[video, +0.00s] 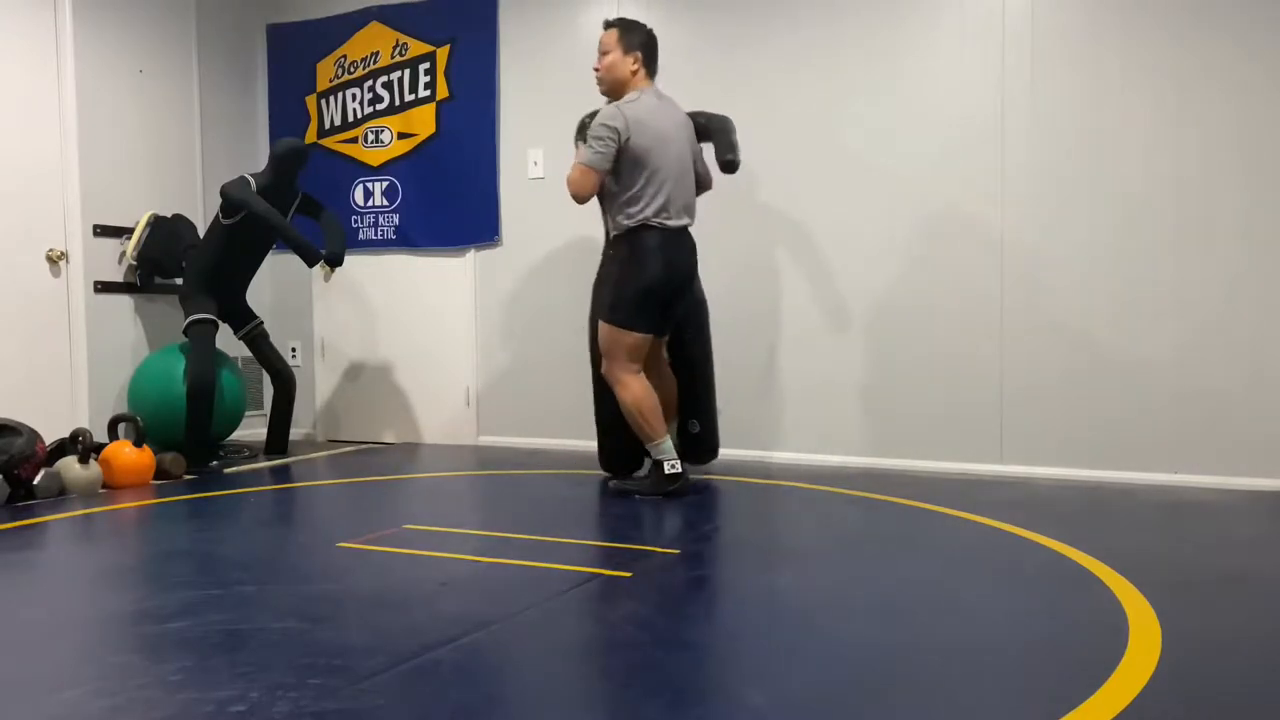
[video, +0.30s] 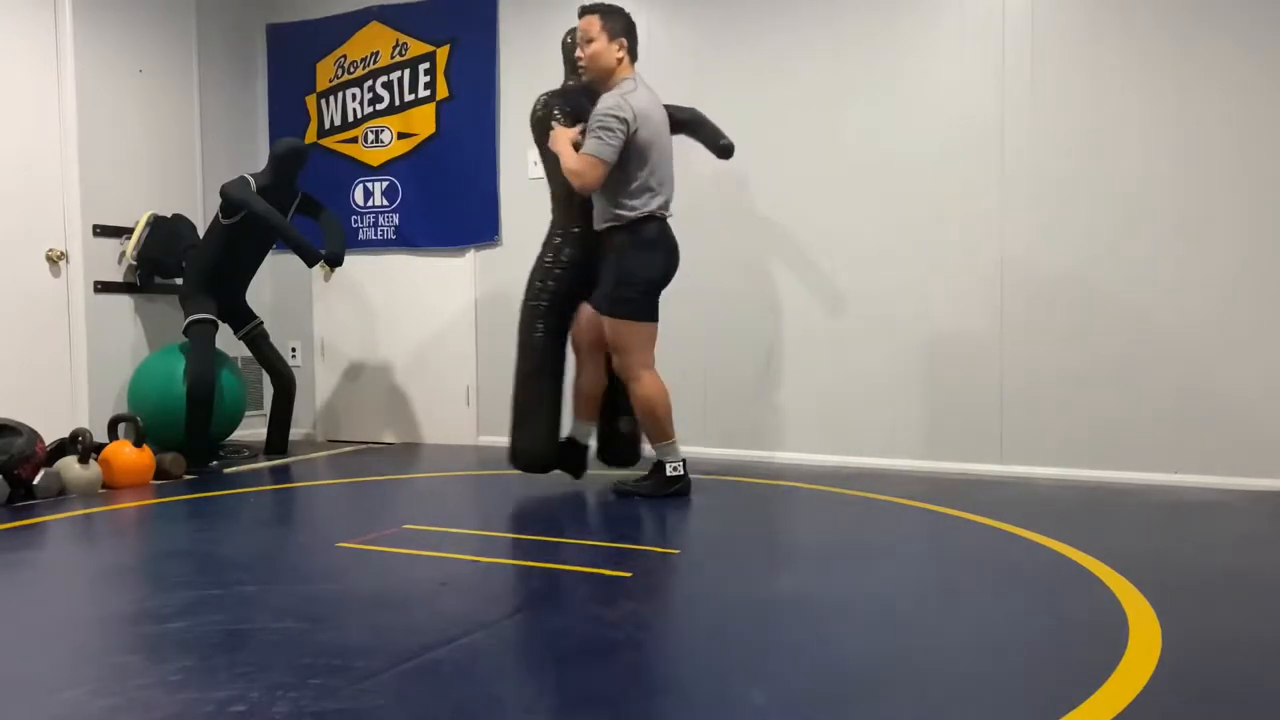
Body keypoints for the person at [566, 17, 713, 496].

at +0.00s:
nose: (596, 65)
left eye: (604, 54)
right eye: (598, 54)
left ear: (635, 61)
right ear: (638, 63)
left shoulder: (615, 116)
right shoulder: (675, 113)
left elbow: (581, 189)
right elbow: (702, 180)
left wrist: (584, 146)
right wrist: (648, 189)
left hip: (637, 250)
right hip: (678, 249)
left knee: (620, 365)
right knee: (653, 358)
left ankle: (666, 465)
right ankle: (667, 460)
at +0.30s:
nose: (579, 52)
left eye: (587, 42)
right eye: (578, 43)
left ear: (620, 47)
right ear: (619, 50)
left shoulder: (615, 105)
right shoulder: (640, 96)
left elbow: (585, 179)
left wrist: (562, 147)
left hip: (632, 242)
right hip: (644, 237)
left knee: (634, 364)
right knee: (588, 333)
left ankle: (670, 466)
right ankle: (579, 446)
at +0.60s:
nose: (537, 62)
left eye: (545, 51)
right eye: (536, 53)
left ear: (577, 53)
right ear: (567, 57)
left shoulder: (588, 104)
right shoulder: (569, 106)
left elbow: (571, 170)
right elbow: (560, 162)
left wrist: (527, 148)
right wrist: (531, 145)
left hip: (588, 247)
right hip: (559, 247)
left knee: (560, 367)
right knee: (532, 358)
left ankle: (647, 447)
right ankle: (532, 466)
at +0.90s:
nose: (488, 51)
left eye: (496, 40)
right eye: (486, 42)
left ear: (529, 44)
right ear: (519, 47)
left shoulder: (553, 94)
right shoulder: (513, 102)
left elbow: (544, 169)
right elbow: (509, 162)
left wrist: (489, 143)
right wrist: (459, 134)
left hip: (549, 238)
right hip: (519, 239)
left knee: (493, 339)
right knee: (515, 358)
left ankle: (499, 471)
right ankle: (523, 468)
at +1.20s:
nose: (449, 35)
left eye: (459, 23)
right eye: (449, 25)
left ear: (495, 30)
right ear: (486, 31)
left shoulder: (512, 88)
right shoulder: (485, 87)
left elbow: (501, 167)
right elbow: (478, 153)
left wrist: (447, 140)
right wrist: (441, 131)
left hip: (510, 238)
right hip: (488, 236)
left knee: (462, 355)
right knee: (470, 351)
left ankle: (473, 490)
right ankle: (501, 448)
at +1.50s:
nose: (419, 24)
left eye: (428, 14)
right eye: (419, 15)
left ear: (465, 18)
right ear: (460, 20)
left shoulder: (478, 81)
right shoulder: (461, 76)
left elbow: (461, 164)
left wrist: (412, 130)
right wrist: (411, 117)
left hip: (490, 237)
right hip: (463, 233)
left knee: (451, 362)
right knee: (419, 344)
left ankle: (471, 493)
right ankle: (432, 471)